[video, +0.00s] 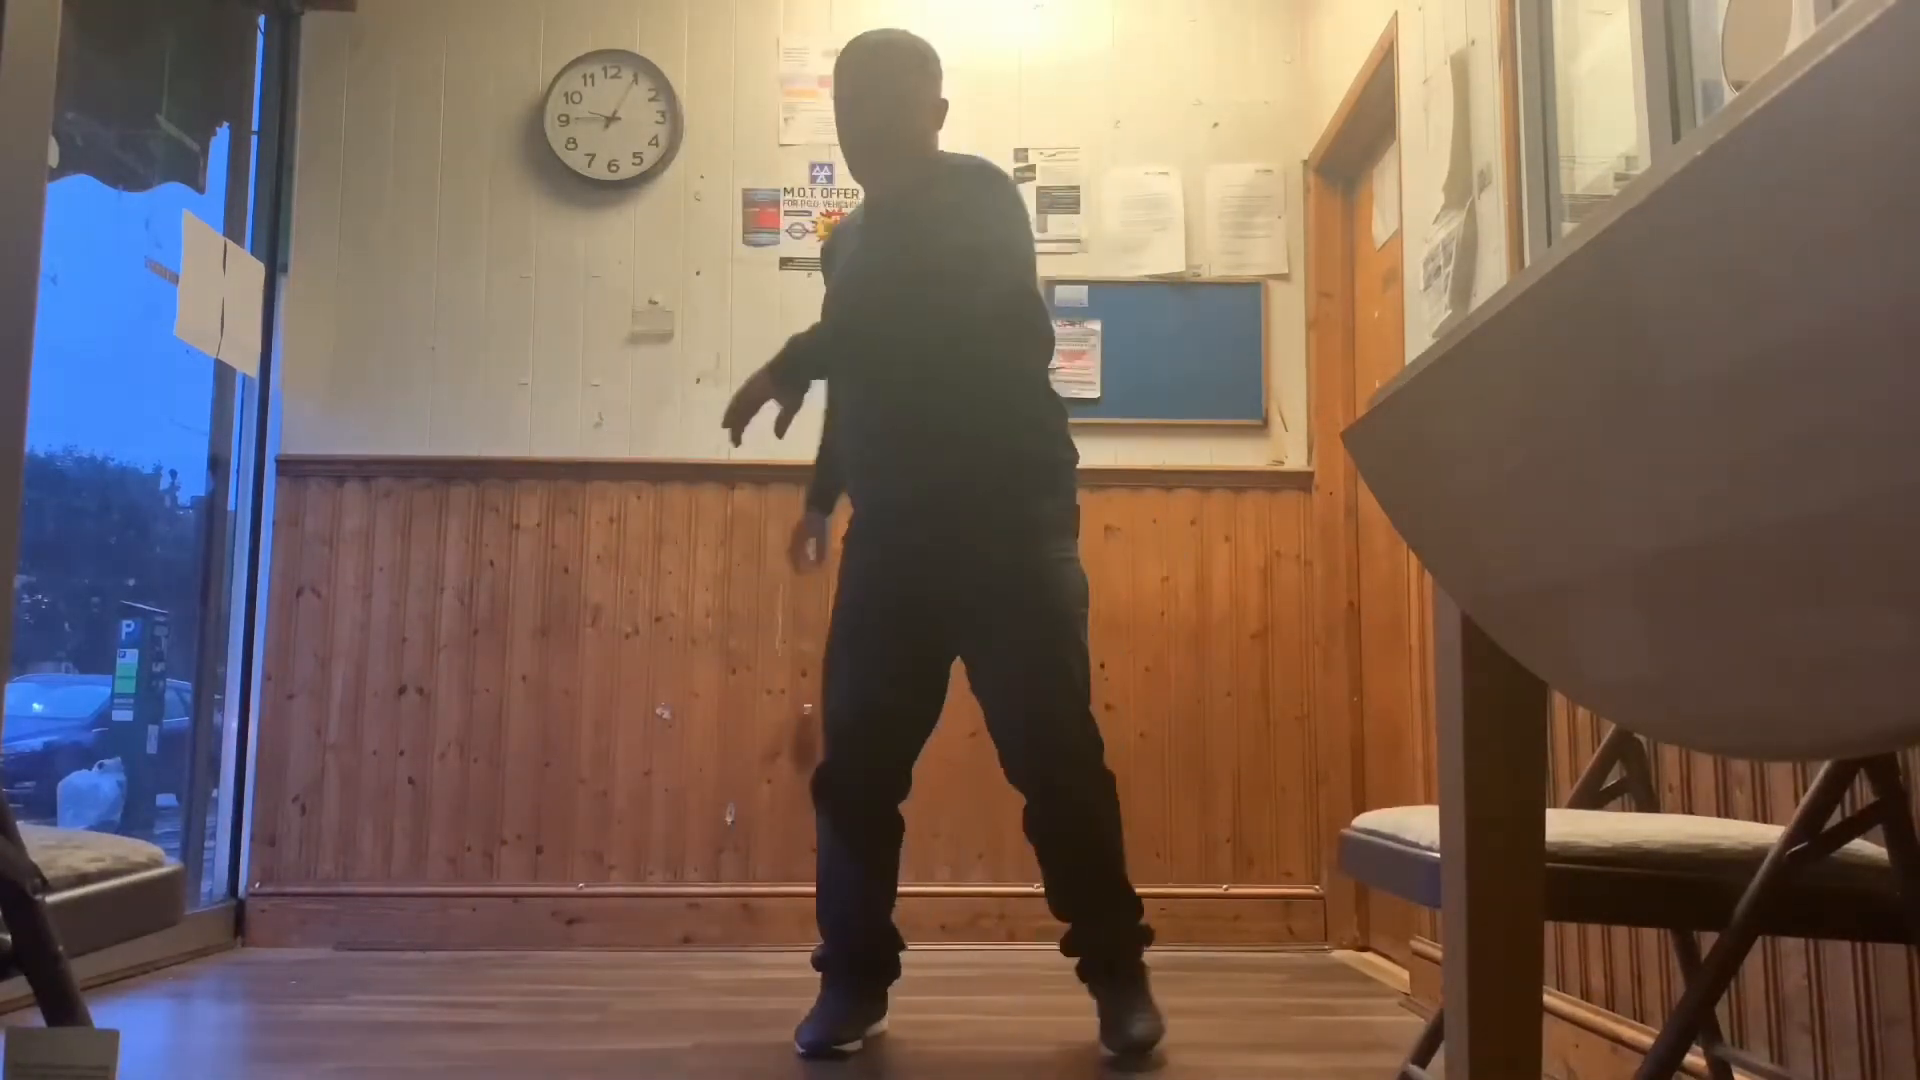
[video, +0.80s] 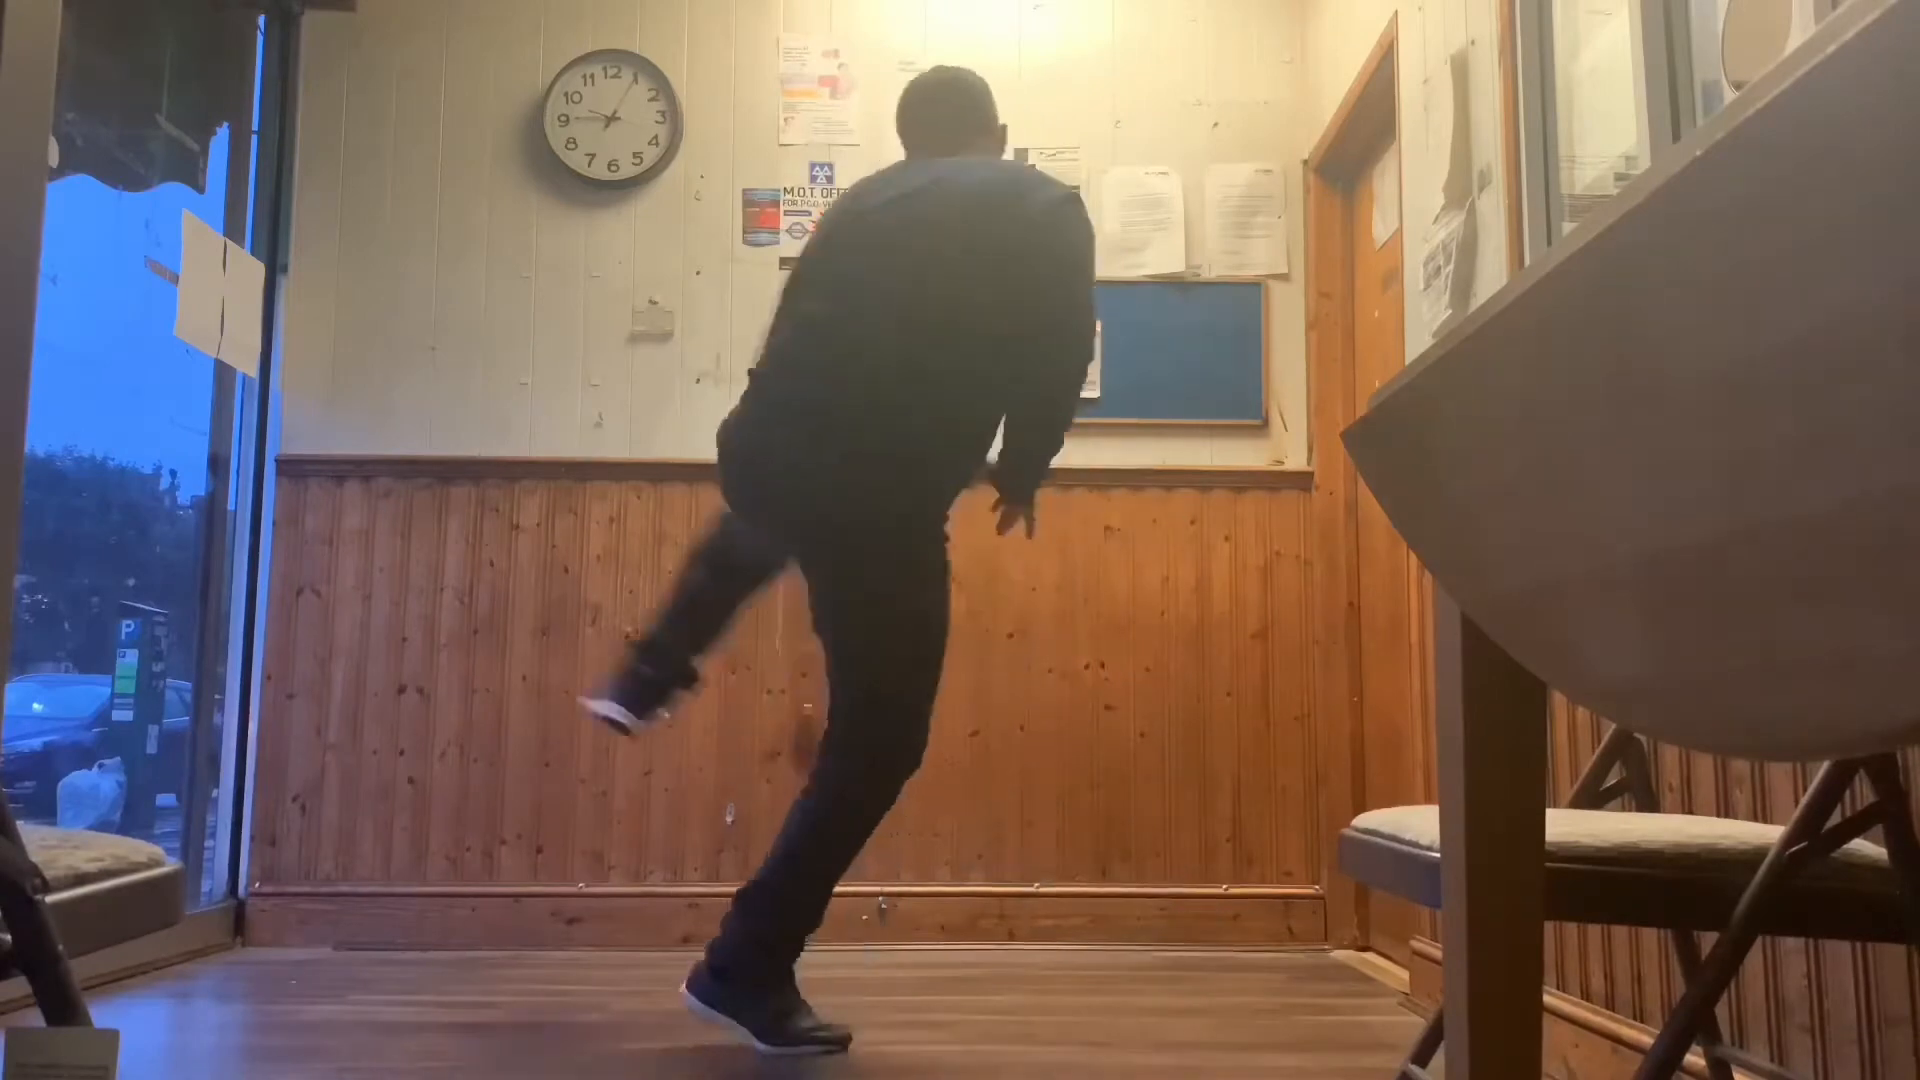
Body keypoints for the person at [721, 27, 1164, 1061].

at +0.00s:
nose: (856, 128)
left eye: (878, 104)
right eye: (845, 108)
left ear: (932, 103)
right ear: (838, 118)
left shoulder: (978, 191)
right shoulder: (849, 246)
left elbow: (949, 313)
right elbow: (858, 369)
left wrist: (796, 359)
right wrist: (822, 490)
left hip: (1011, 525)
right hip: (895, 533)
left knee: (1057, 756)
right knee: (856, 765)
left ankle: (1118, 971)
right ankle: (852, 978)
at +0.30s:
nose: (841, 189)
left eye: (857, 166)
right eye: (836, 166)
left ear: (915, 158)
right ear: (855, 165)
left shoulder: (942, 245)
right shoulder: (907, 255)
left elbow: (895, 400)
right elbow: (878, 402)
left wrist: (821, 512)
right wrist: (828, 510)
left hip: (1036, 562)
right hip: (934, 565)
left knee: (1105, 784)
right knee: (848, 776)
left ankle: (1195, 981)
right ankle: (852, 983)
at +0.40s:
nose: (875, 191)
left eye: (901, 170)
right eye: (867, 170)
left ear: (955, 179)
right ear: (858, 178)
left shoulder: (992, 281)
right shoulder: (856, 310)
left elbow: (1046, 449)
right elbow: (830, 435)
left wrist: (1080, 599)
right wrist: (782, 503)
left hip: (1034, 579)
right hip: (917, 589)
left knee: (1102, 798)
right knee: (841, 784)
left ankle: (1195, 977)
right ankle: (850, 987)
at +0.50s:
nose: (973, 182)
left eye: (996, 166)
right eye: (962, 157)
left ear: (1014, 172)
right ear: (927, 151)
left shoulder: (1036, 285)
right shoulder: (815, 262)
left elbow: (1123, 422)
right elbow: (764, 413)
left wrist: (1158, 572)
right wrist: (868, 480)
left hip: (1006, 570)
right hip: (868, 574)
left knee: (1110, 758)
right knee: (849, 789)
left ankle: (1197, 974)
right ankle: (848, 986)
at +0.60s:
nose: (1064, 177)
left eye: (1063, 156)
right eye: (1051, 154)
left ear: (1007, 150)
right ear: (991, 146)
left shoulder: (1002, 270)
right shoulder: (907, 217)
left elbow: (1030, 407)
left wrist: (1075, 530)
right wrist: (1008, 492)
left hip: (925, 520)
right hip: (835, 522)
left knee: (1044, 656)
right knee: (873, 756)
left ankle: (1078, 873)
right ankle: (805, 978)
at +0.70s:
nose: (1037, 165)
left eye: (1031, 149)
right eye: (1034, 149)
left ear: (944, 141)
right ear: (1020, 144)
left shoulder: (909, 201)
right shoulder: (1006, 202)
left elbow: (906, 368)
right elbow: (993, 362)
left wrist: (963, 494)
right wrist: (1026, 483)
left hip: (773, 473)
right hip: (837, 489)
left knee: (954, 559)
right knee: (881, 741)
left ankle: (854, 721)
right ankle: (744, 971)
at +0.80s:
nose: (970, 148)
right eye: (985, 127)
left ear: (909, 139)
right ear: (994, 130)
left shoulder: (862, 200)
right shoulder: (1046, 207)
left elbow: (790, 337)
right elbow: (1058, 356)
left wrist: (769, 437)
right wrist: (1021, 468)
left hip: (770, 461)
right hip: (887, 505)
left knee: (751, 534)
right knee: (877, 748)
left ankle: (646, 677)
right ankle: (746, 970)